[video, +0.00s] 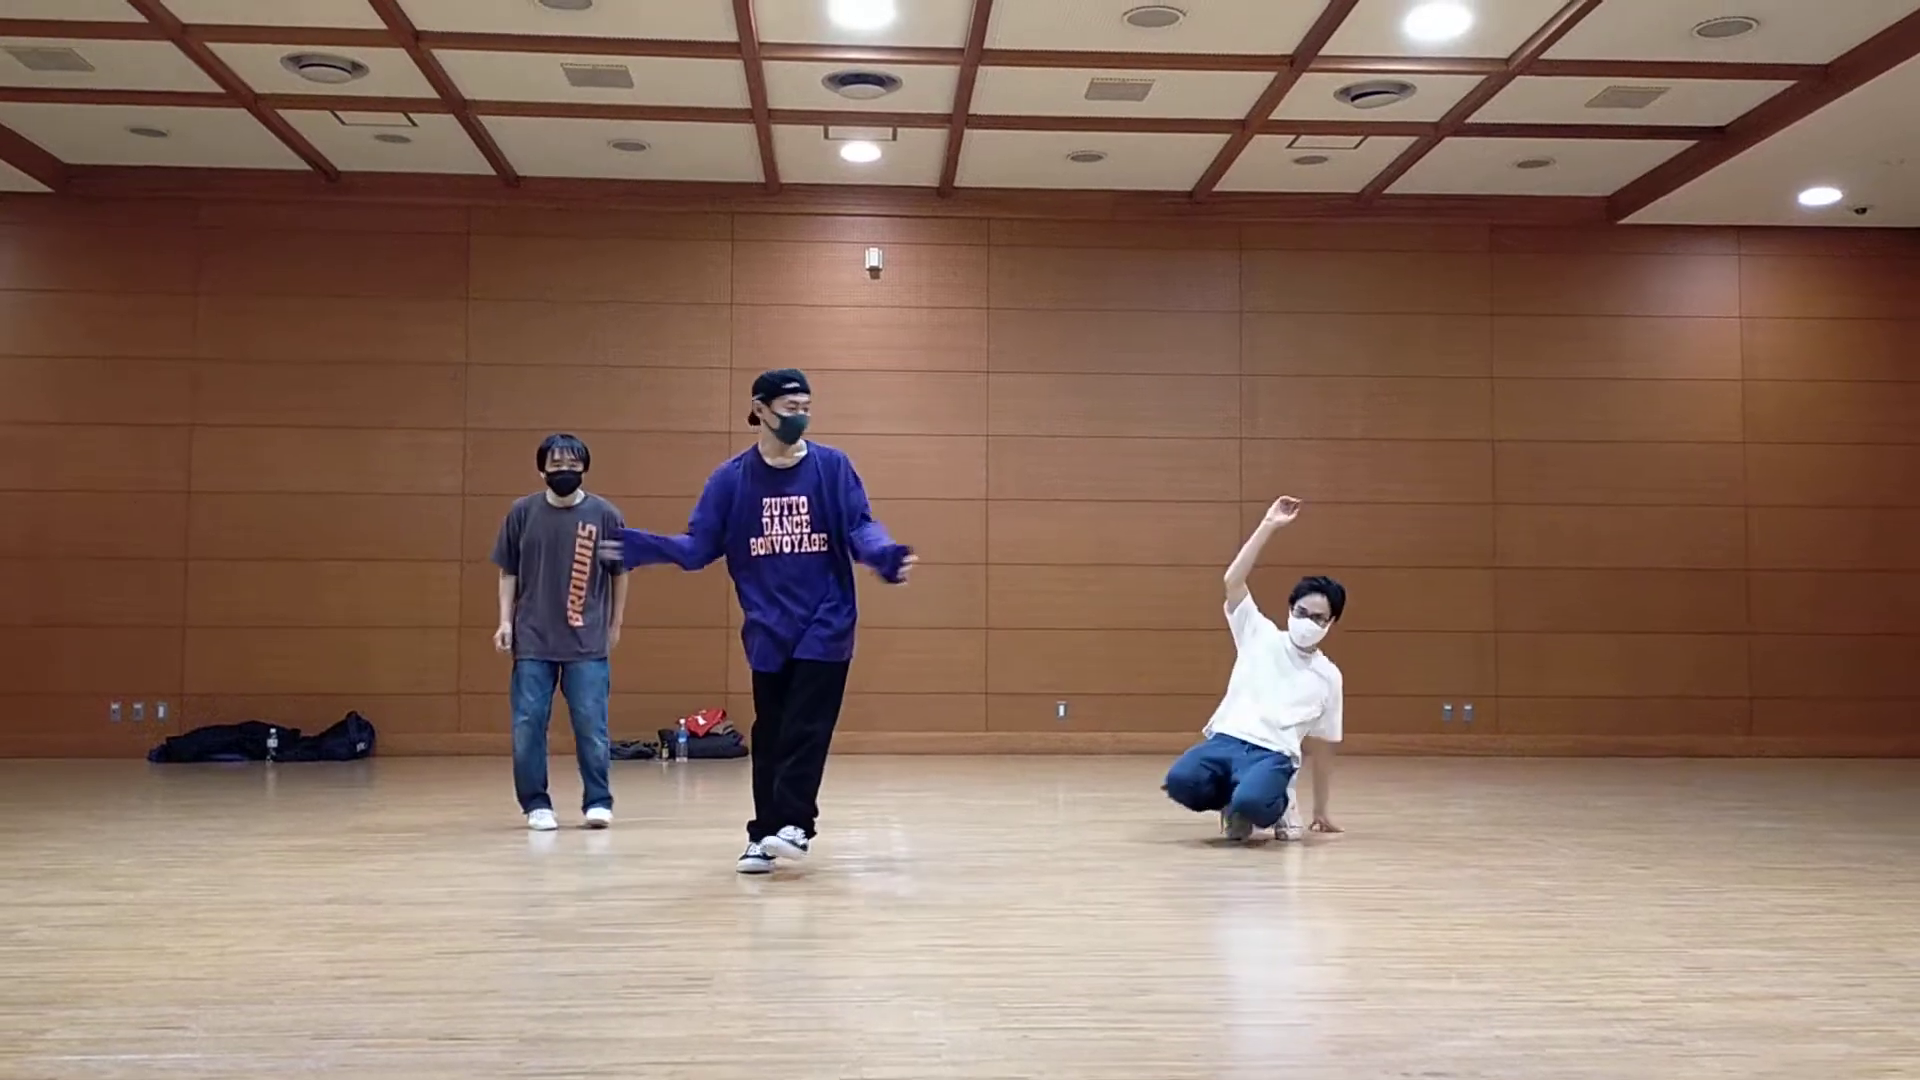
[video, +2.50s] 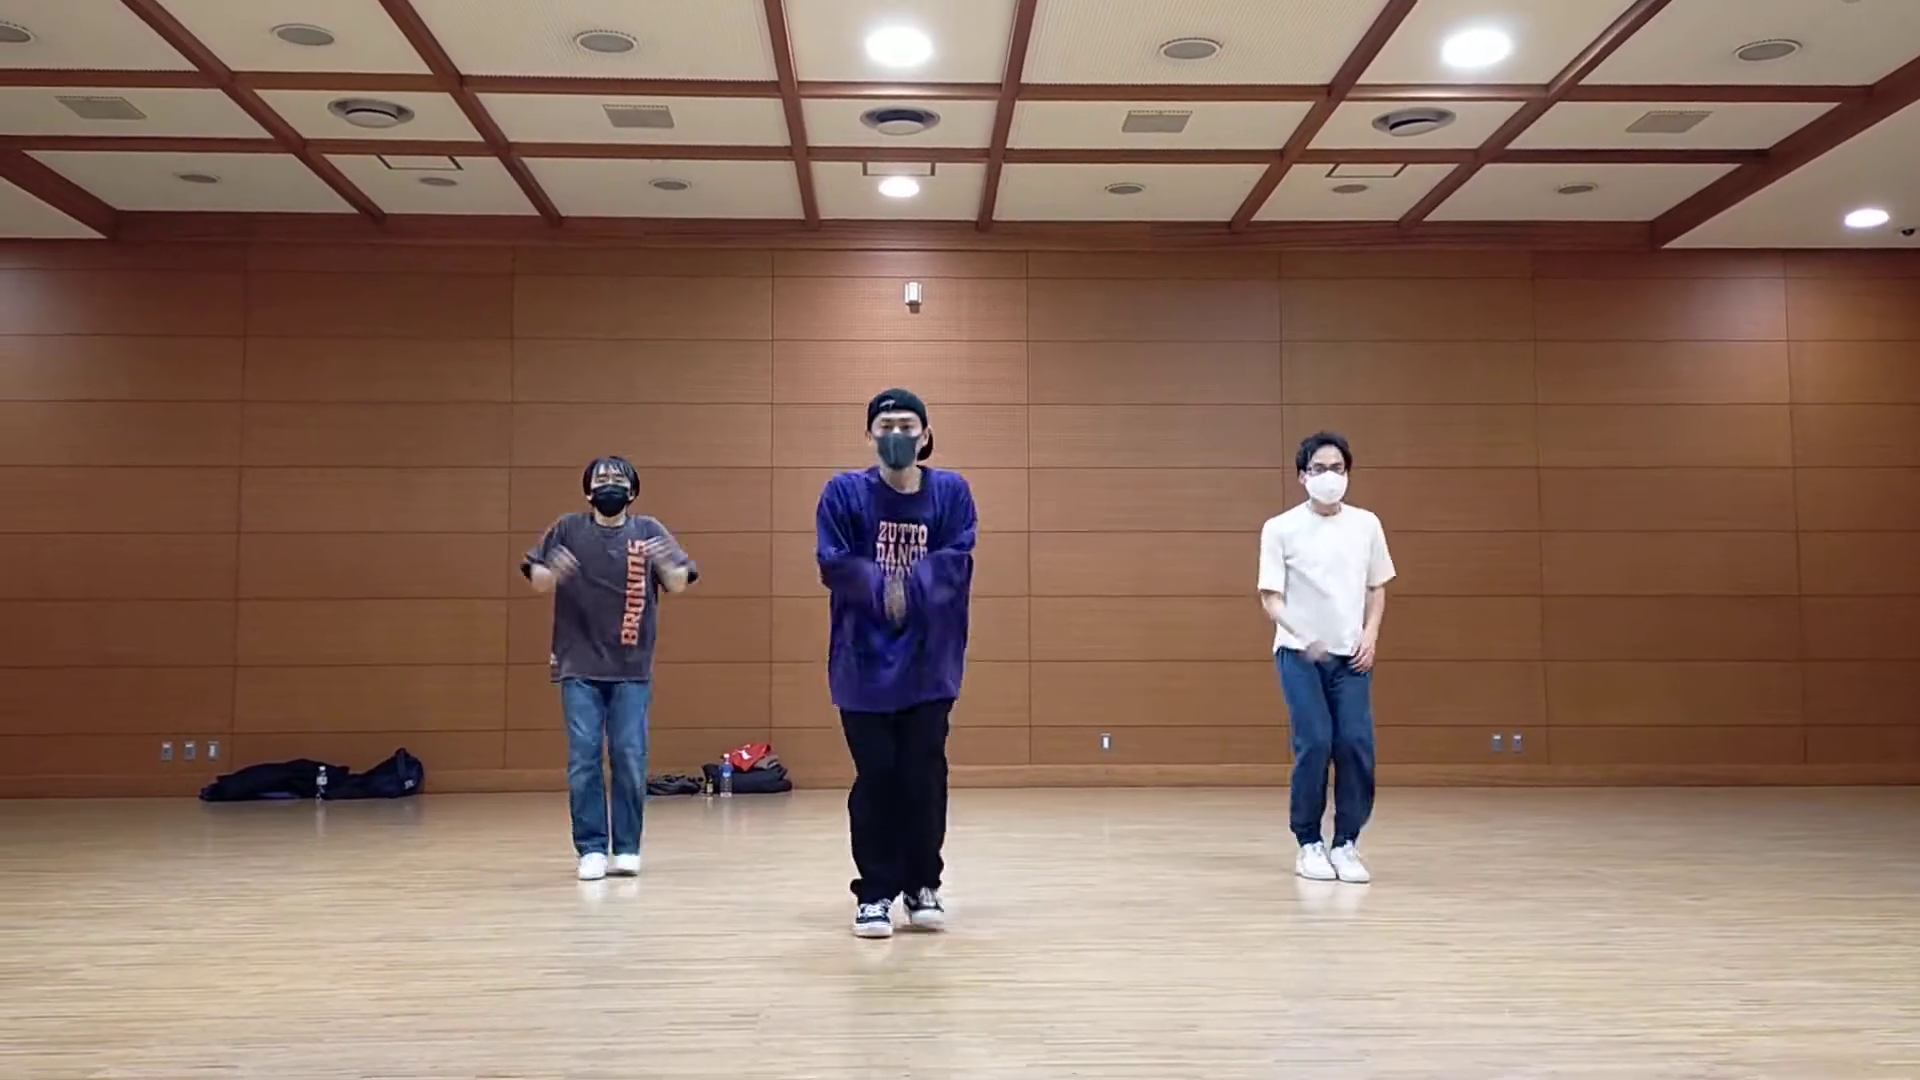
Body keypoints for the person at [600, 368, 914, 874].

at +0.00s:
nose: (801, 410)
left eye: (805, 403)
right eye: (790, 403)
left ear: (810, 410)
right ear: (760, 411)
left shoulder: (832, 467)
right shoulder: (731, 479)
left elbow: (859, 527)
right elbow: (698, 548)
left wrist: (884, 554)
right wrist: (639, 545)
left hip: (826, 619)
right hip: (768, 623)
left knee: (806, 723)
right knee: (772, 729)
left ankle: (795, 825)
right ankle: (763, 835)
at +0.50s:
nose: (890, 440)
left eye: (892, 433)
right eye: (880, 433)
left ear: (891, 441)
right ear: (849, 436)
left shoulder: (904, 503)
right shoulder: (803, 498)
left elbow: (919, 574)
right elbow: (772, 572)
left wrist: (922, 631)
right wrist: (742, 632)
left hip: (880, 657)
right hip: (816, 655)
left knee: (887, 761)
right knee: (805, 758)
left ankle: (894, 857)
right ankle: (783, 858)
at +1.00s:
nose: (894, 437)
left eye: (904, 431)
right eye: (885, 430)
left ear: (917, 444)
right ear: (868, 440)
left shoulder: (939, 508)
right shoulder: (838, 500)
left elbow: (946, 573)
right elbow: (821, 567)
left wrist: (942, 606)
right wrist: (819, 591)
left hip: (912, 663)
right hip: (851, 659)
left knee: (907, 766)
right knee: (854, 764)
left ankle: (904, 865)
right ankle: (858, 864)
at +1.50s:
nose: (880, 441)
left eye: (891, 435)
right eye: (871, 434)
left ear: (905, 449)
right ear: (856, 447)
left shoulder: (931, 514)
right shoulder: (831, 512)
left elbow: (937, 593)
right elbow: (809, 589)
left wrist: (942, 645)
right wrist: (818, 637)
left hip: (907, 671)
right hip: (846, 670)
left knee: (905, 776)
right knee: (844, 774)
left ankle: (902, 871)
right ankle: (857, 868)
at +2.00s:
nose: (894, 474)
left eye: (905, 467)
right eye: (886, 465)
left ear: (922, 475)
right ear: (873, 471)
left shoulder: (950, 534)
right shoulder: (844, 526)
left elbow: (988, 580)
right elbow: (793, 569)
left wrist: (995, 619)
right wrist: (785, 601)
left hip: (922, 675)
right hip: (858, 672)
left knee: (908, 779)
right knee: (866, 768)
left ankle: (898, 869)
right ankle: (867, 868)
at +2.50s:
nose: (896, 431)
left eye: (906, 423)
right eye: (886, 424)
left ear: (924, 435)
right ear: (871, 435)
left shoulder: (950, 491)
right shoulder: (844, 492)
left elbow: (958, 560)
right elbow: (832, 561)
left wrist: (906, 586)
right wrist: (884, 587)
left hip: (929, 663)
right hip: (863, 665)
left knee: (924, 774)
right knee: (877, 776)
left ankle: (923, 888)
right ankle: (875, 896)